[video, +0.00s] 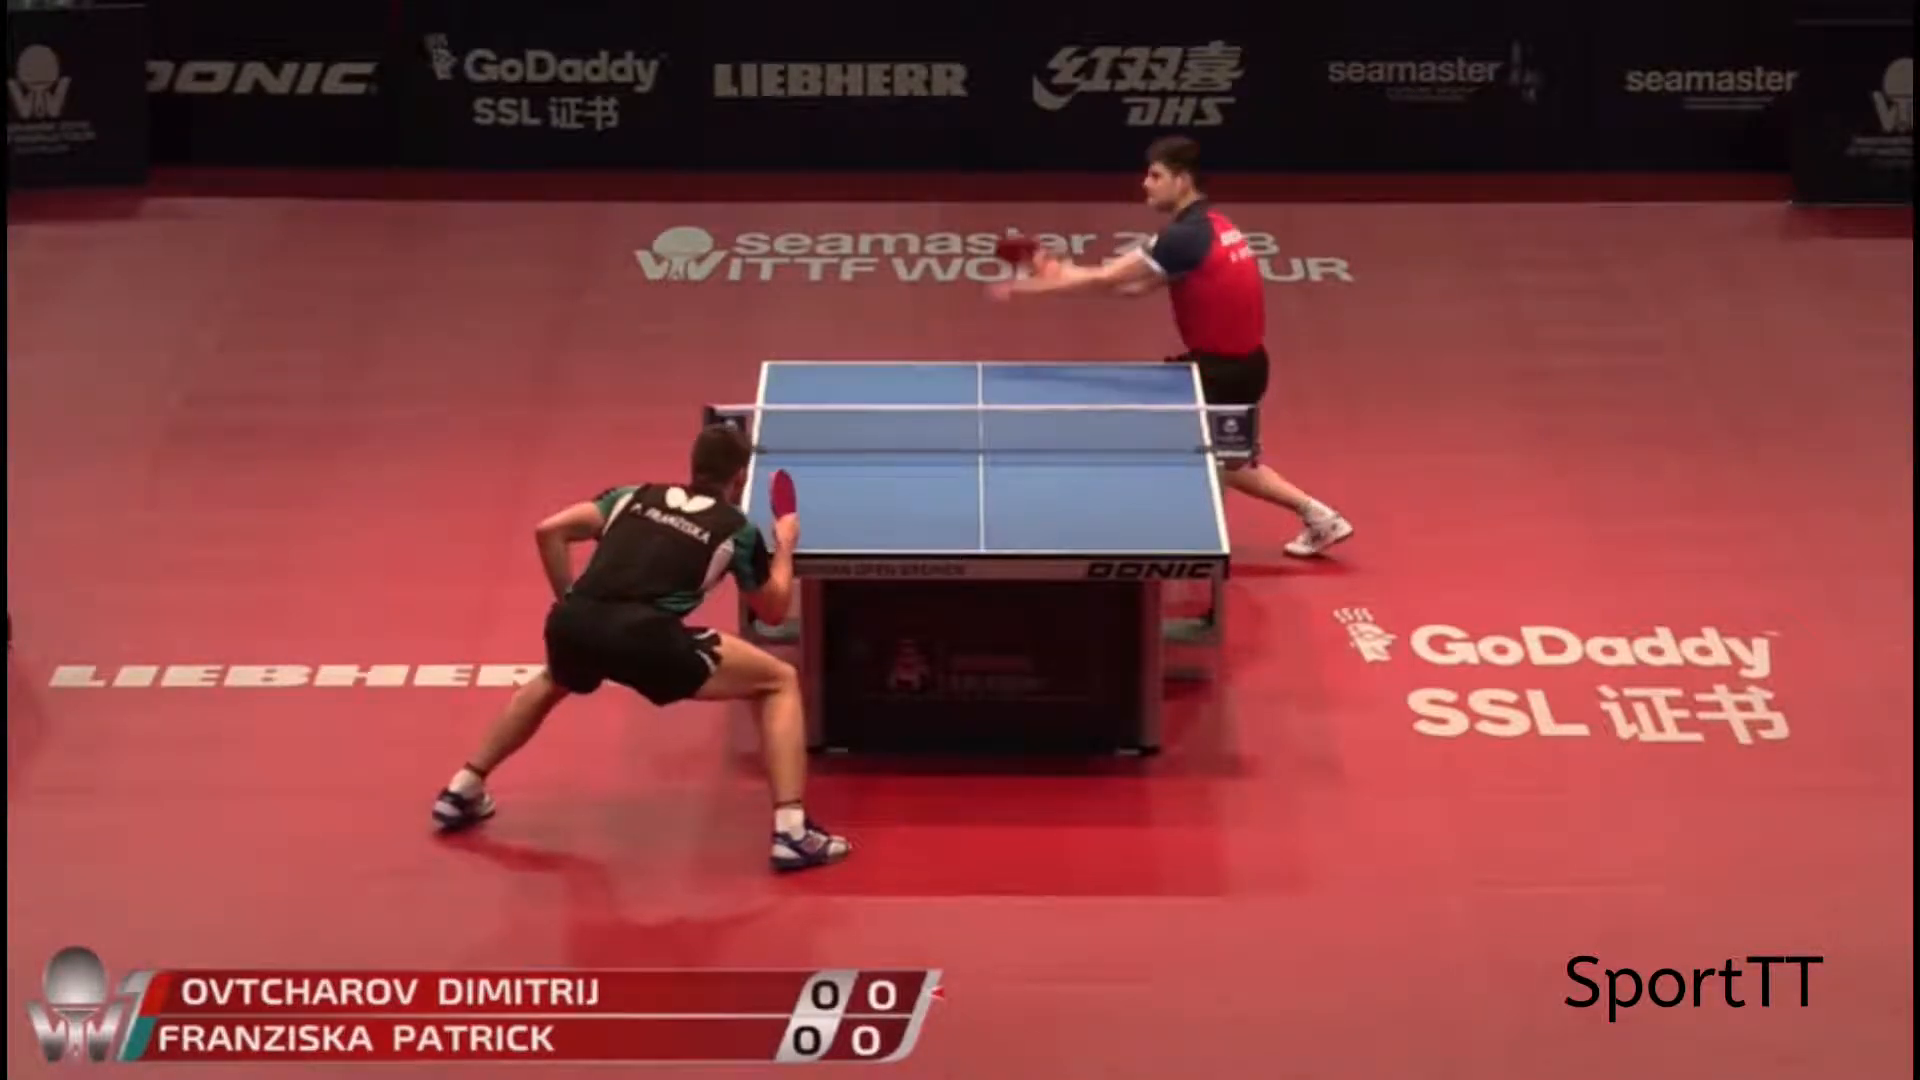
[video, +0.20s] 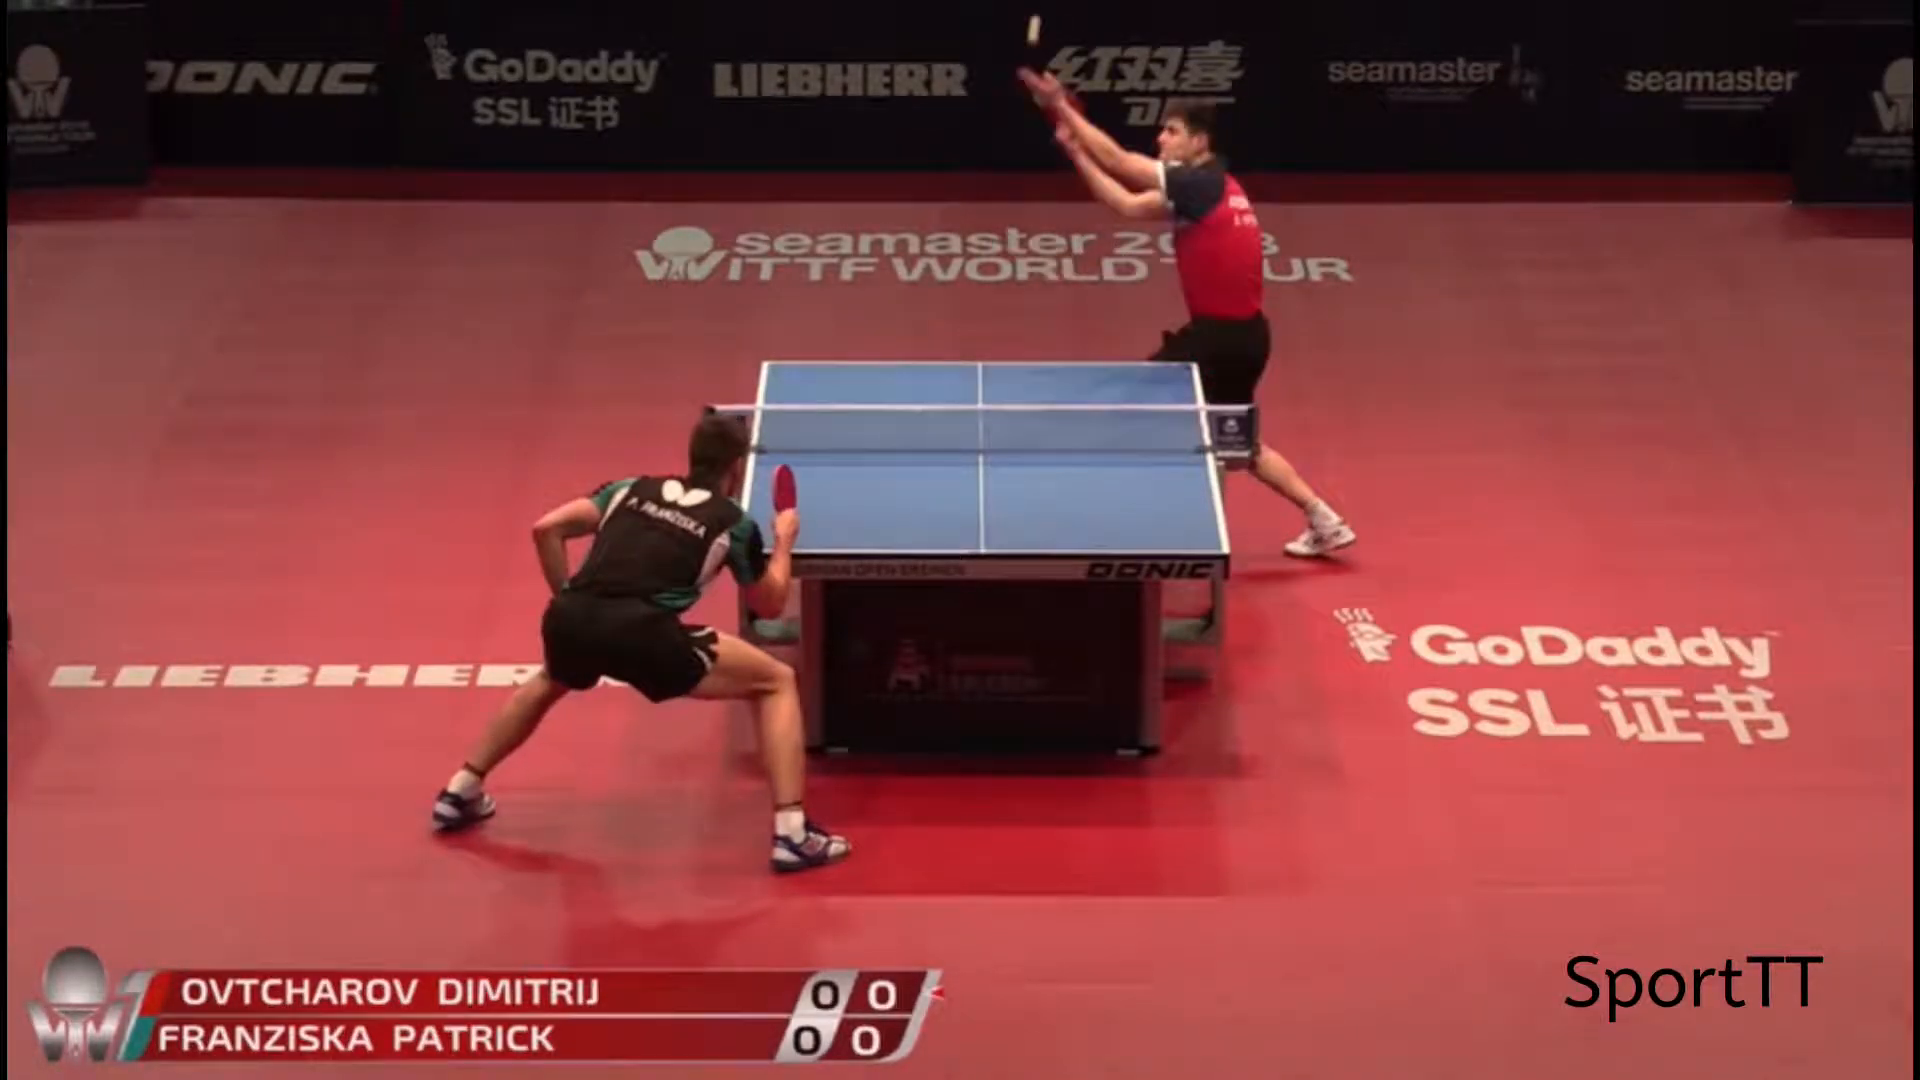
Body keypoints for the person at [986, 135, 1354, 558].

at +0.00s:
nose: (1145, 184)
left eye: (1154, 176)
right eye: (1147, 175)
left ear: (1180, 181)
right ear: (1182, 183)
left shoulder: (1188, 234)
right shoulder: (1210, 223)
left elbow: (1112, 276)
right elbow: (1139, 283)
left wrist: (1053, 278)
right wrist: (1070, 273)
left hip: (1223, 369)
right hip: (1238, 364)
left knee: (1230, 467)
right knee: (1232, 466)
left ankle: (1319, 516)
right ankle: (1318, 517)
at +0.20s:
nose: (1159, 139)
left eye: (1171, 131)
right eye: (1162, 131)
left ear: (1200, 142)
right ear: (1195, 143)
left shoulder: (1202, 183)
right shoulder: (1212, 189)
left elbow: (1121, 162)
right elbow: (1127, 205)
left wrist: (1063, 108)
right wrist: (1074, 151)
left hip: (1217, 337)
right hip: (1241, 336)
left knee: (1130, 410)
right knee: (1242, 445)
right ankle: (1325, 520)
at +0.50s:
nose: (1181, 110)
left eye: (1192, 103)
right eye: (1184, 101)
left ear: (1220, 117)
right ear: (1217, 120)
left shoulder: (1216, 161)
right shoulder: (1229, 165)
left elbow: (1136, 155)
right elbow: (1144, 192)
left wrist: (1068, 115)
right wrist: (1088, 137)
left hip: (1225, 315)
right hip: (1253, 315)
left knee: (1145, 406)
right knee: (1250, 430)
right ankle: (1330, 525)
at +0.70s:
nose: (1198, 101)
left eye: (1210, 94)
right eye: (1201, 93)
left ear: (1238, 109)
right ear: (1236, 113)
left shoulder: (1232, 155)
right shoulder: (1258, 162)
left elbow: (1155, 177)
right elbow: (1204, 243)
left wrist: (1085, 146)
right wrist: (1124, 240)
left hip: (1237, 307)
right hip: (1272, 307)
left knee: (1162, 403)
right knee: (1267, 425)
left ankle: (1162, 528)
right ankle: (1334, 530)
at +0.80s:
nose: (1204, 98)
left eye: (1216, 92)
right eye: (1208, 90)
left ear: (1244, 107)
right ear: (1242, 111)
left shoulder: (1237, 154)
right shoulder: (1268, 161)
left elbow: (1168, 183)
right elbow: (1242, 255)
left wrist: (1097, 159)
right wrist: (1168, 283)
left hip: (1241, 305)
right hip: (1279, 304)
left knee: (1172, 406)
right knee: (1274, 420)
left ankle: (1166, 530)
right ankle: (1334, 529)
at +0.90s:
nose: (1207, 97)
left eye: (1220, 91)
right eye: (1211, 89)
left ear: (1248, 106)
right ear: (1247, 111)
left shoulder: (1238, 150)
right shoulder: (1276, 159)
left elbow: (1185, 188)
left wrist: (1114, 176)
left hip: (1249, 302)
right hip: (1286, 302)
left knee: (1178, 404)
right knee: (1279, 419)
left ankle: (1173, 529)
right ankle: (1335, 531)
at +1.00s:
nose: (1205, 102)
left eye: (1217, 95)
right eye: (1209, 94)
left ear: (1244, 109)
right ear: (1246, 113)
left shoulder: (1234, 151)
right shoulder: (1285, 165)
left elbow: (1201, 194)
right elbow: (1310, 247)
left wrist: (1137, 202)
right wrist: (1326, 282)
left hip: (1245, 303)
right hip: (1287, 306)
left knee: (1163, 386)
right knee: (1275, 423)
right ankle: (1334, 531)